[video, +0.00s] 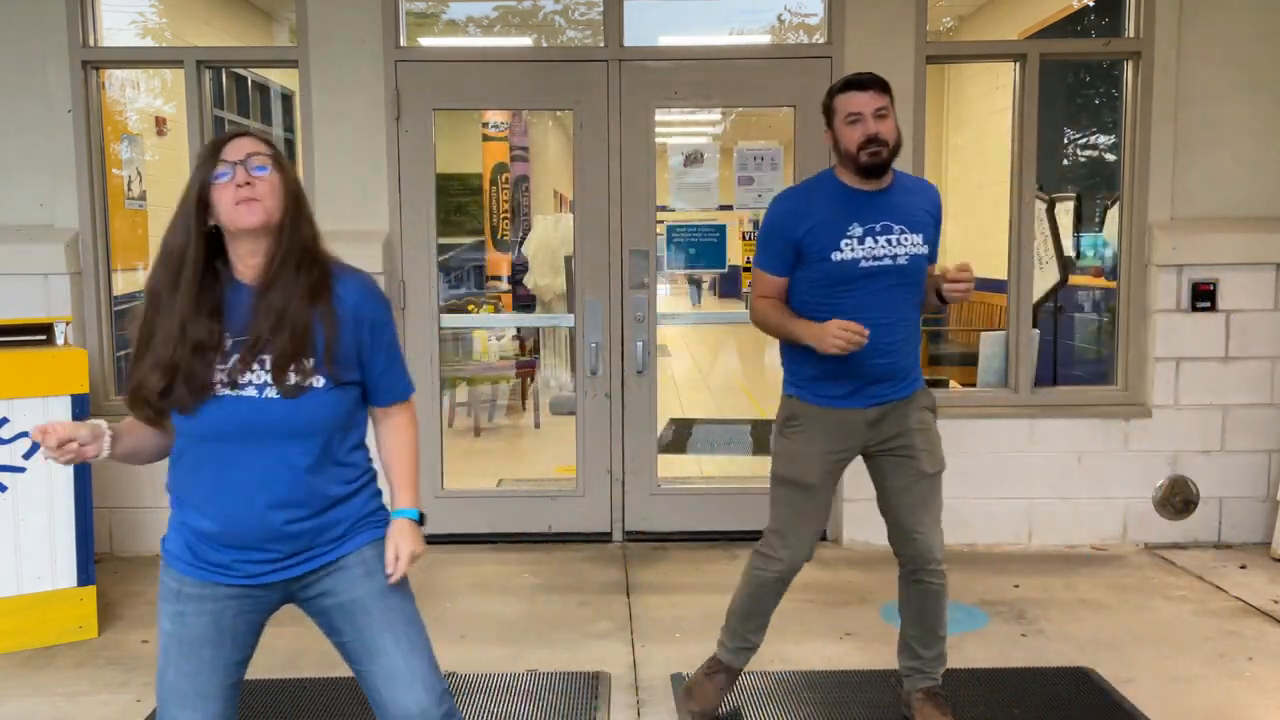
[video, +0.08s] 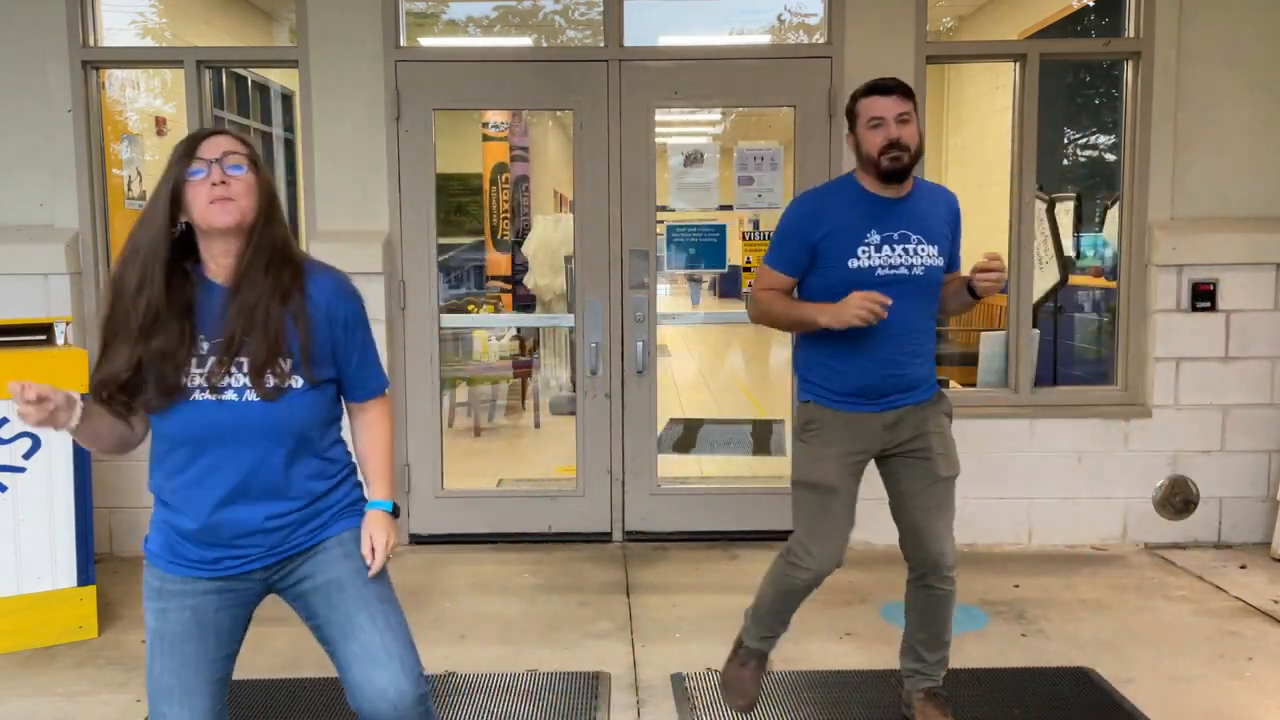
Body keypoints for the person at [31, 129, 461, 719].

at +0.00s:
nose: (243, 178)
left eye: (259, 166)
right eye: (225, 171)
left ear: (288, 191)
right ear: (207, 204)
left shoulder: (350, 297)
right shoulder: (183, 303)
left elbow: (393, 408)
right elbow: (162, 428)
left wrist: (406, 513)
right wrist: (103, 439)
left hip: (342, 547)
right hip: (210, 559)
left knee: (419, 707)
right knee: (188, 713)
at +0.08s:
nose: (218, 176)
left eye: (235, 165)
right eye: (199, 169)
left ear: (262, 191)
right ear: (179, 202)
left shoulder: (322, 293)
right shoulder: (155, 300)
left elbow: (368, 400)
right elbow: (124, 429)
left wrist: (380, 503)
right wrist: (74, 414)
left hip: (321, 533)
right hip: (194, 551)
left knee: (396, 698)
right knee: (180, 713)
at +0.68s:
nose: (182, 176)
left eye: (195, 161)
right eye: (160, 169)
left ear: (222, 183)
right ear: (138, 201)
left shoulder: (290, 276)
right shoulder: (128, 299)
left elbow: (356, 373)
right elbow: (92, 432)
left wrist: (379, 483)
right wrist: (4, 363)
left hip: (294, 545)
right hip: (168, 556)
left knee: (303, 710)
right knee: (174, 712)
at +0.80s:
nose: (206, 176)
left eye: (221, 161)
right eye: (185, 169)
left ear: (249, 183)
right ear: (165, 201)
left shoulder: (306, 285)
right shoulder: (136, 293)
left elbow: (356, 379)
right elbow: (68, 416)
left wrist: (386, 476)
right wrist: (1, 362)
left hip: (301, 536)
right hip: (172, 553)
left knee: (358, 694)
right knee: (170, 712)